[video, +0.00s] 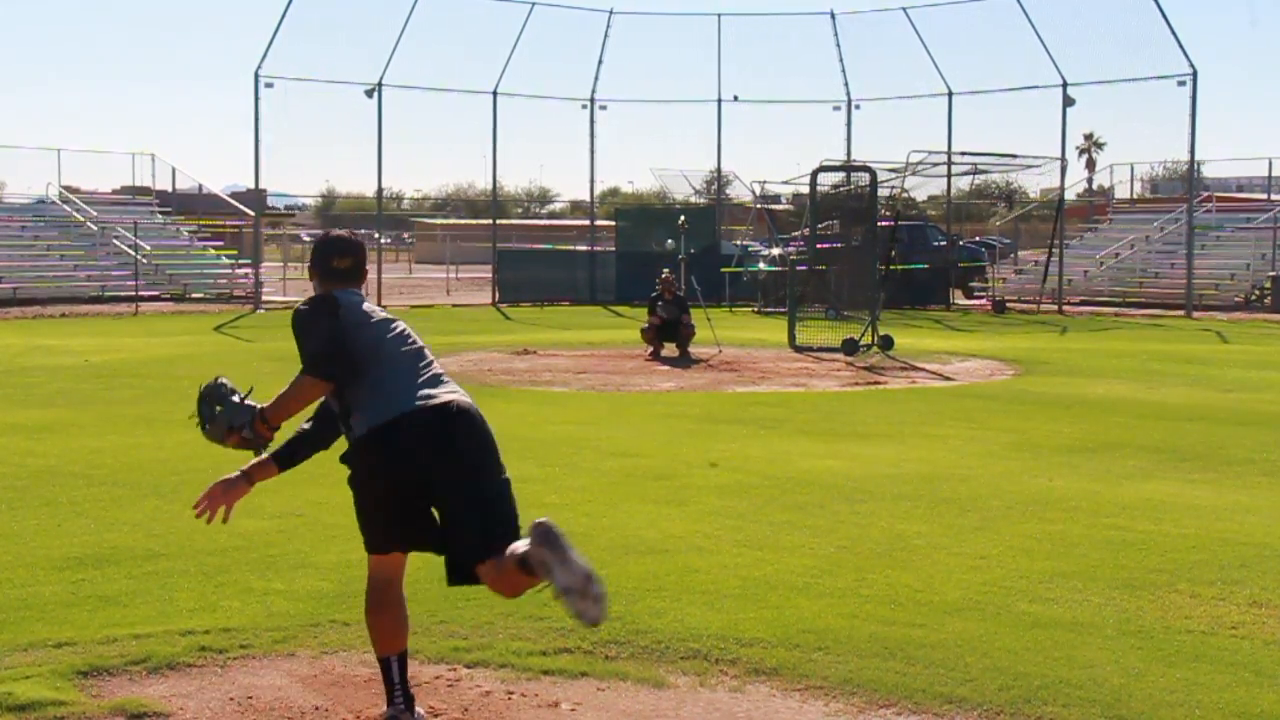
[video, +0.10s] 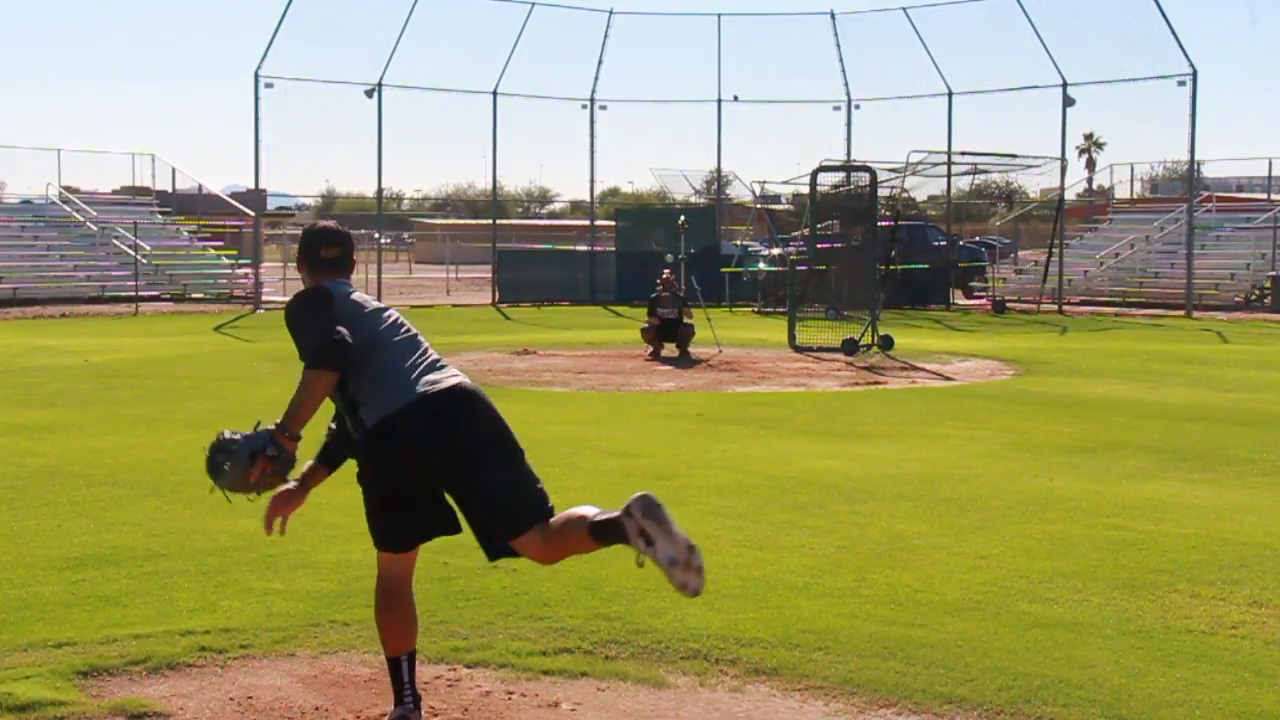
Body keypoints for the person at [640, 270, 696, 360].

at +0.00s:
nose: (667, 286)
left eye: (670, 283)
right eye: (664, 283)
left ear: (674, 285)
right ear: (660, 285)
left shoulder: (680, 299)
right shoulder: (654, 299)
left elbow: (686, 316)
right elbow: (651, 318)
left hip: (677, 326)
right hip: (661, 326)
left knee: (688, 328)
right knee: (646, 331)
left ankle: (683, 349)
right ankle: (657, 347)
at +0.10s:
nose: (667, 285)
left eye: (670, 282)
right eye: (665, 283)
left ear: (674, 284)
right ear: (661, 284)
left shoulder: (679, 298)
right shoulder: (654, 299)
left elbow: (690, 316)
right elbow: (650, 318)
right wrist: (659, 321)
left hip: (675, 326)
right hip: (660, 325)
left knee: (689, 329)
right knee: (646, 331)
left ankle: (683, 350)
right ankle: (656, 348)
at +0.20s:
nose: (667, 288)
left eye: (670, 285)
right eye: (665, 285)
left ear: (674, 286)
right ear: (660, 285)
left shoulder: (679, 298)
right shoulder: (655, 299)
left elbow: (689, 307)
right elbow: (650, 317)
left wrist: (687, 307)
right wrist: (654, 321)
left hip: (675, 327)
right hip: (660, 326)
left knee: (688, 329)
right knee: (646, 331)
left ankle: (683, 349)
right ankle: (656, 347)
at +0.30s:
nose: (666, 289)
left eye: (670, 286)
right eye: (664, 286)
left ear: (674, 287)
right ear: (660, 287)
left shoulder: (678, 298)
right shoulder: (655, 298)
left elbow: (688, 304)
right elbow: (649, 318)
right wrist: (654, 321)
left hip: (675, 327)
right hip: (660, 327)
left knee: (688, 329)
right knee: (646, 331)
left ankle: (683, 350)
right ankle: (656, 347)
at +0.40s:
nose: (667, 288)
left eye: (670, 285)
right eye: (664, 285)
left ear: (674, 286)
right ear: (660, 286)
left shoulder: (679, 297)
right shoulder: (654, 298)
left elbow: (688, 303)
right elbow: (648, 318)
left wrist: (681, 304)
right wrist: (654, 321)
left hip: (675, 328)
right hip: (660, 327)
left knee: (688, 329)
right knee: (645, 330)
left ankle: (683, 350)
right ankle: (656, 347)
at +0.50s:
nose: (667, 289)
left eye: (669, 286)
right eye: (664, 286)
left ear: (674, 286)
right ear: (659, 286)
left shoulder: (678, 297)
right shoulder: (654, 298)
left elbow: (687, 303)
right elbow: (648, 319)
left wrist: (680, 306)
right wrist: (654, 321)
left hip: (675, 328)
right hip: (660, 328)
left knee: (687, 329)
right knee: (645, 330)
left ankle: (683, 350)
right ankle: (656, 347)